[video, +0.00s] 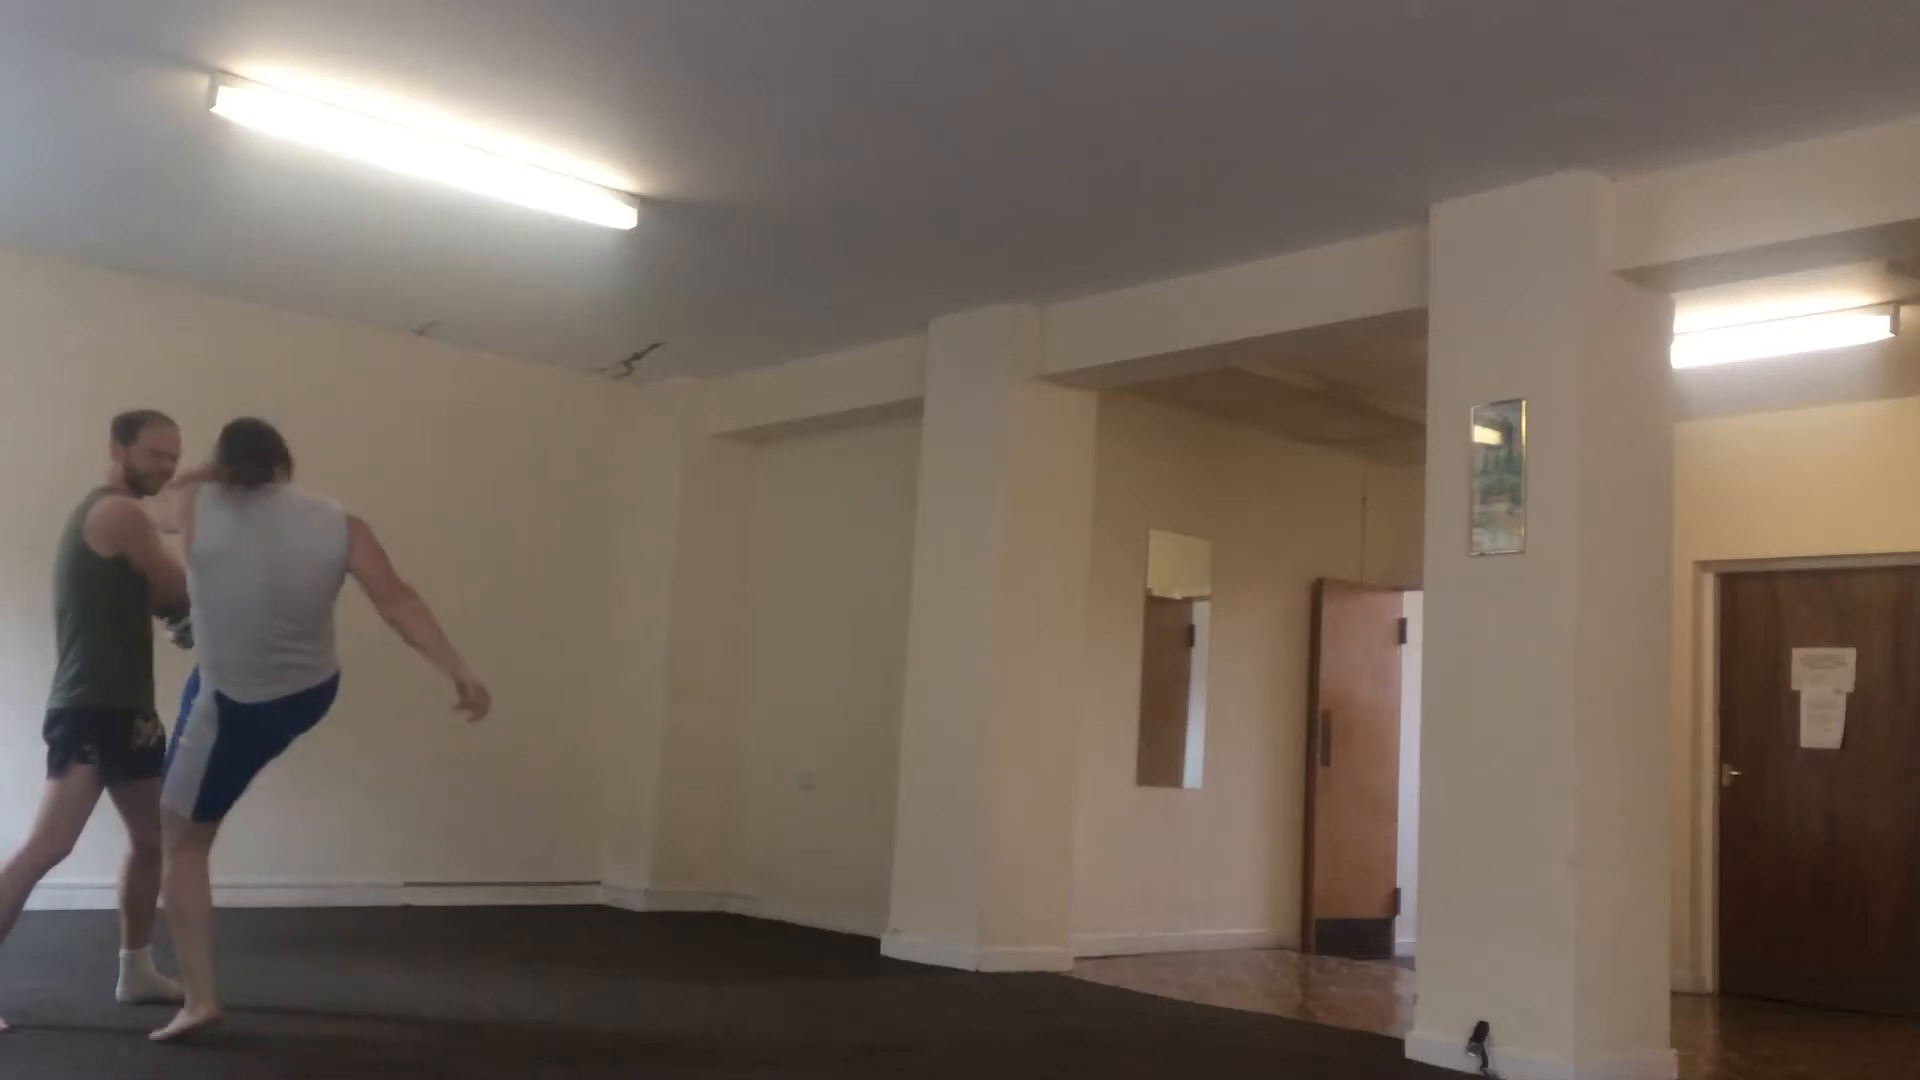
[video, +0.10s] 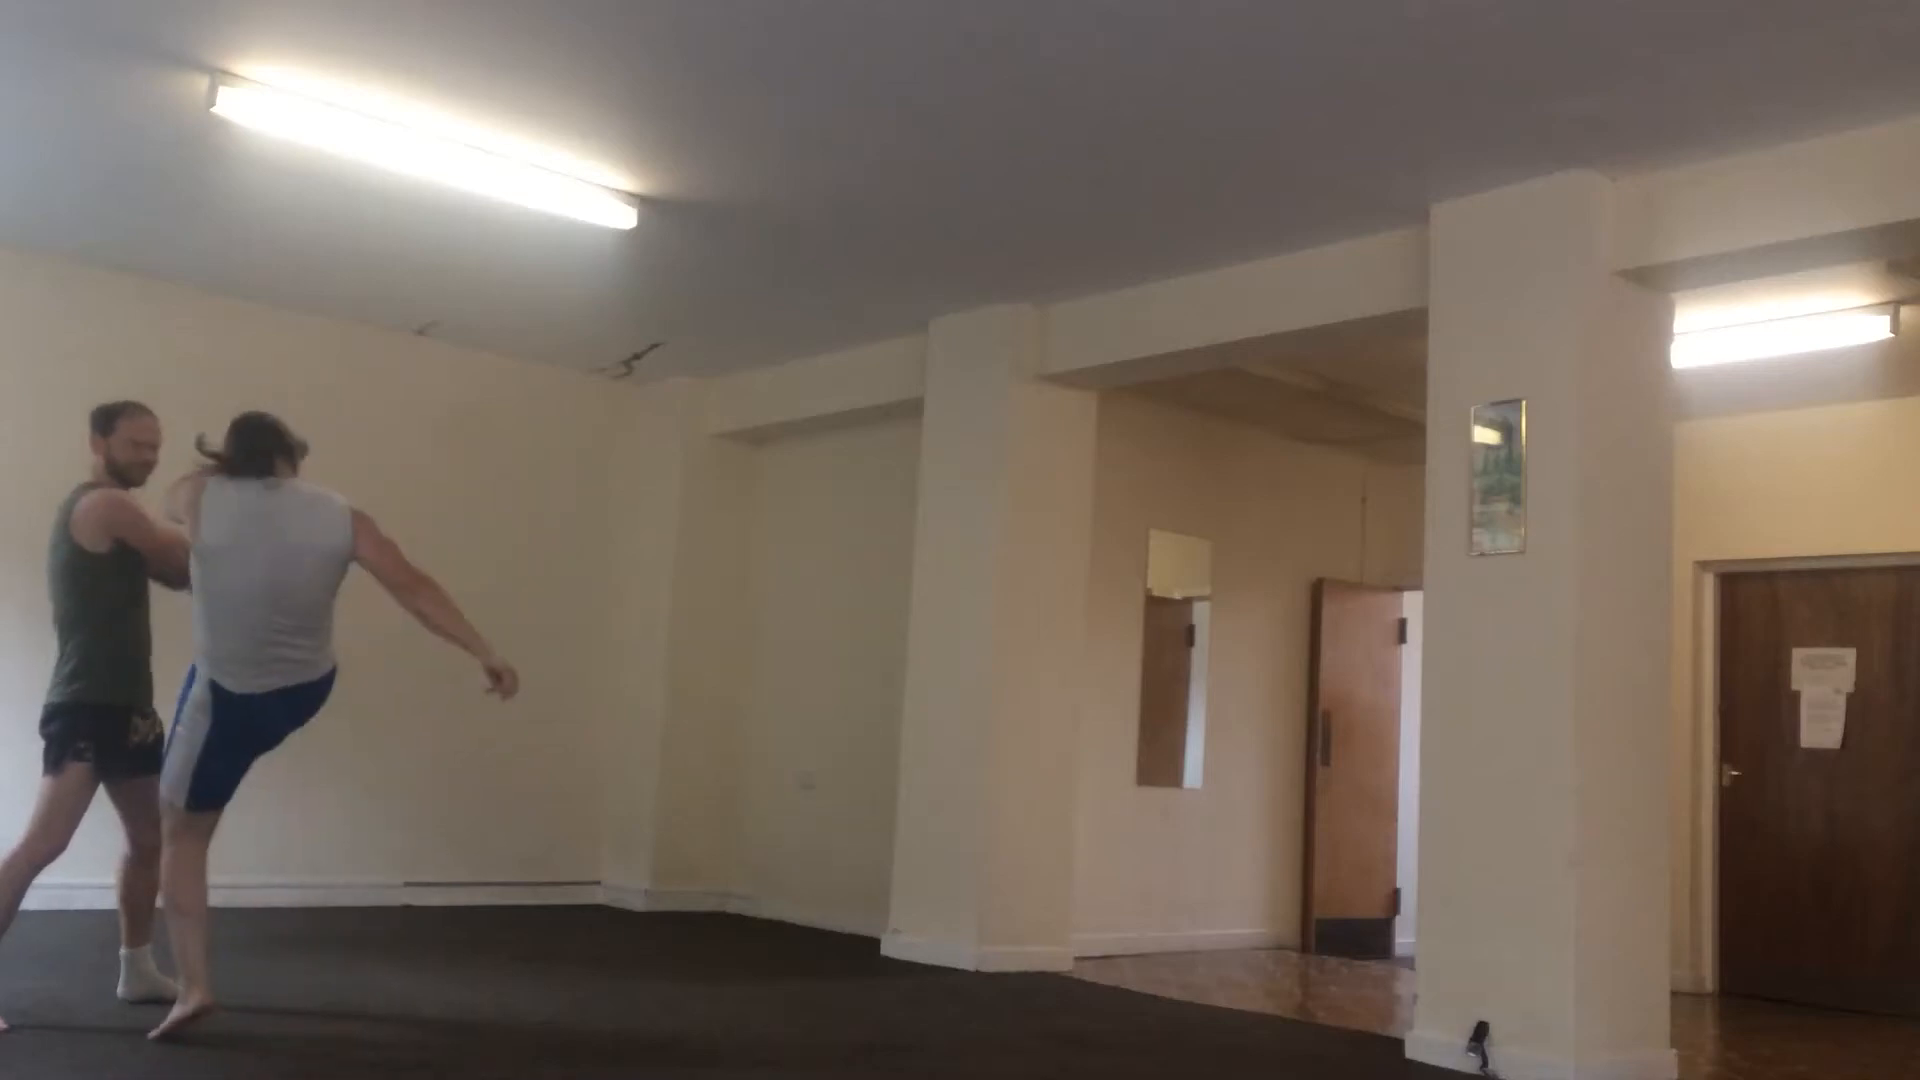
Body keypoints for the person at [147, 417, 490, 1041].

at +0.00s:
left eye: (209, 460)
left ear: (222, 468)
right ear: (287, 467)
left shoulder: (199, 507)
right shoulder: (337, 524)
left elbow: (158, 503)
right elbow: (396, 604)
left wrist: (207, 475)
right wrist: (460, 673)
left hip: (233, 707)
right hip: (311, 694)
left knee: (183, 843)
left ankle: (200, 999)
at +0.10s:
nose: (301, 468)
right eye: (298, 460)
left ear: (229, 461)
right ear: (291, 461)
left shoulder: (203, 499)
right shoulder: (335, 516)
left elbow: (179, 494)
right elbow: (410, 586)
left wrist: (230, 470)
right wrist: (484, 651)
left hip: (227, 703)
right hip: (308, 691)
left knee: (185, 837)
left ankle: (195, 987)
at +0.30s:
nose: (240, 466)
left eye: (245, 458)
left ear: (249, 464)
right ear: (311, 465)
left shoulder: (230, 511)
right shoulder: (349, 526)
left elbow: (155, 512)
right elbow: (398, 601)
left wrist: (216, 472)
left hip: (231, 703)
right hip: (305, 705)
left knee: (182, 853)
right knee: (267, 786)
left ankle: (196, 1006)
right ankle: (301, 891)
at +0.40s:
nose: (251, 472)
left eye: (255, 464)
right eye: (254, 463)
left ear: (267, 473)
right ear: (320, 472)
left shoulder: (248, 522)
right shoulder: (360, 535)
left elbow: (159, 545)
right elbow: (377, 594)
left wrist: (216, 486)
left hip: (242, 718)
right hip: (318, 723)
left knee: (177, 853)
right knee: (273, 846)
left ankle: (190, 1007)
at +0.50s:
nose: (262, 490)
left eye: (266, 481)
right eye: (264, 480)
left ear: (277, 486)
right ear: (328, 484)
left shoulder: (268, 539)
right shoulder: (369, 553)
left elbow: (181, 567)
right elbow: (299, 599)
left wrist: (214, 503)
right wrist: (202, 601)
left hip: (262, 728)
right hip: (333, 735)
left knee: (184, 852)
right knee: (284, 856)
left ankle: (195, 1011)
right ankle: (306, 1010)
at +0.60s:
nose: (268, 498)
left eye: (271, 488)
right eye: (268, 487)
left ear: (283, 490)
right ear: (334, 488)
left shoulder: (279, 540)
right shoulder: (377, 554)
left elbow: (187, 580)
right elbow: (315, 598)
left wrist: (210, 516)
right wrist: (246, 544)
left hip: (273, 732)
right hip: (344, 739)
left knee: (185, 859)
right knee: (291, 858)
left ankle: (217, 1018)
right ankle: (307, 1012)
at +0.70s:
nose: (269, 493)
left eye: (272, 483)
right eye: (270, 482)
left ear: (287, 486)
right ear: (340, 487)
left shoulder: (282, 536)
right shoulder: (382, 552)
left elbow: (187, 573)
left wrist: (221, 505)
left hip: (277, 734)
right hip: (347, 741)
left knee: (192, 880)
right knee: (294, 864)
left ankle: (248, 1016)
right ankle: (309, 1012)